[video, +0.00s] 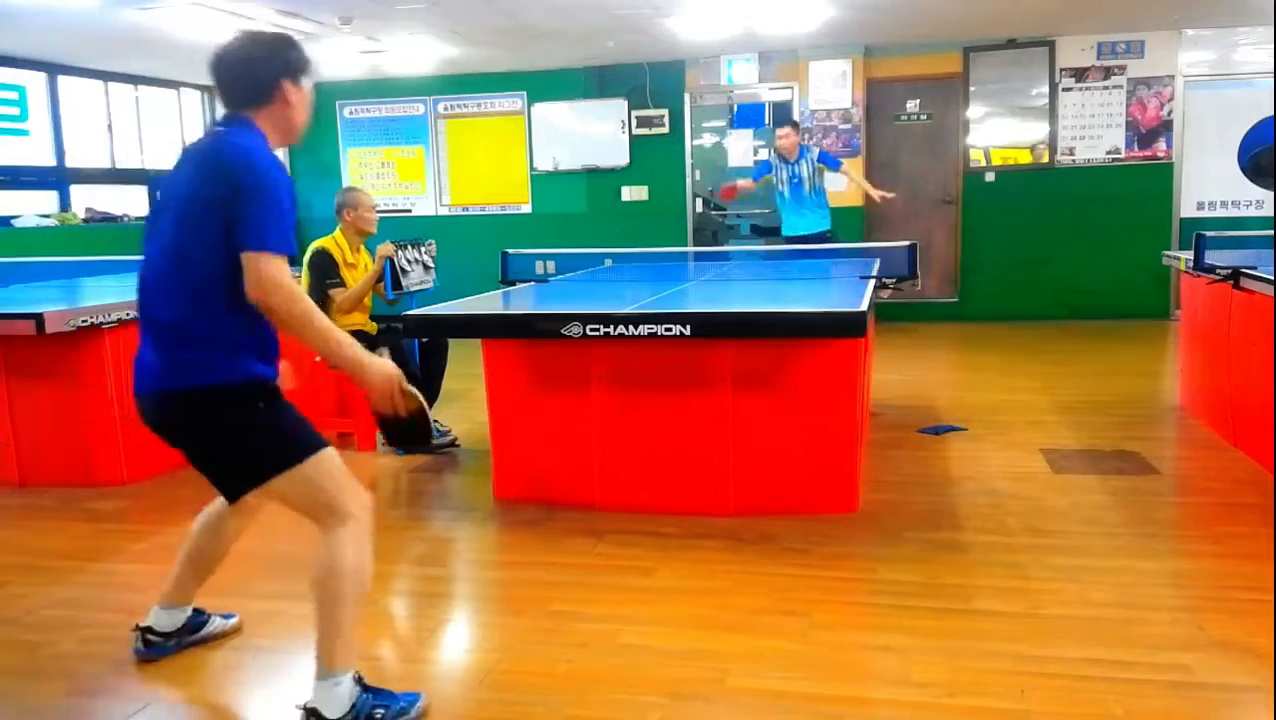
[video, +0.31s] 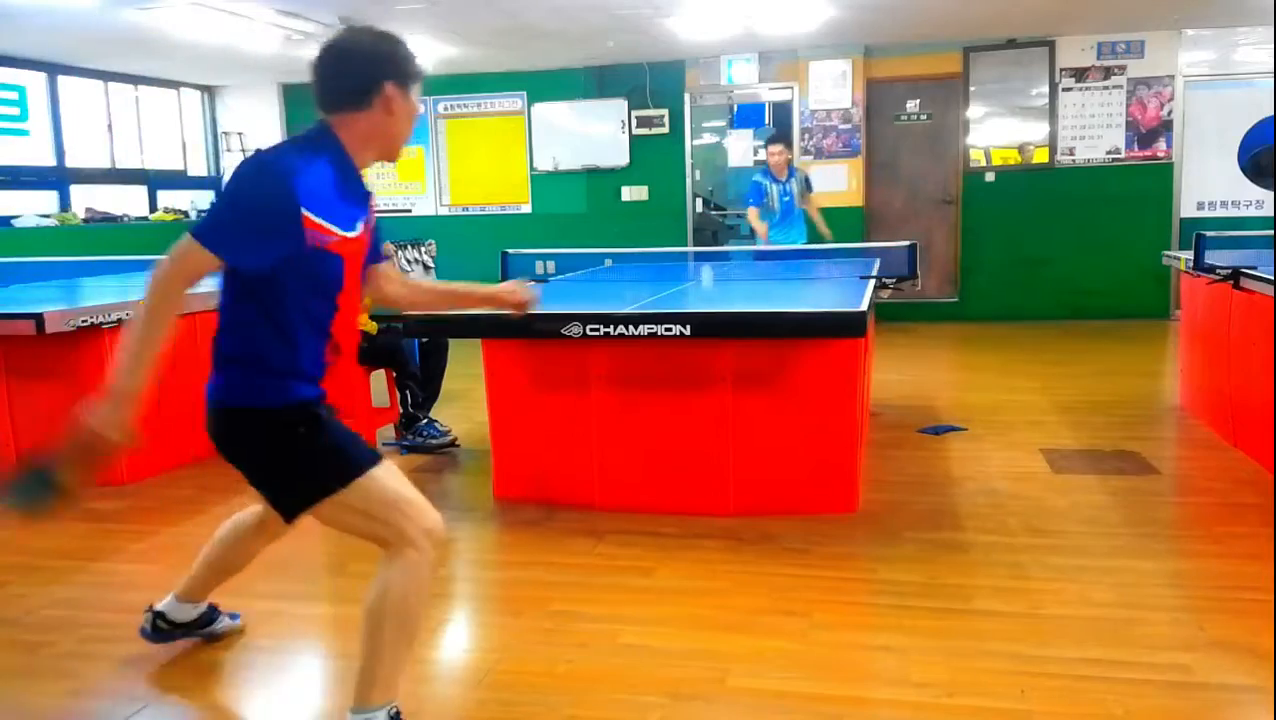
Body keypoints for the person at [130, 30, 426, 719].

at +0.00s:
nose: (310, 102)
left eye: (307, 88)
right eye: (307, 88)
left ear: (240, 93)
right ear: (285, 91)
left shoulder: (198, 159)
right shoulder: (258, 167)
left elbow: (186, 277)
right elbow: (269, 285)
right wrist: (363, 365)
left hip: (169, 384)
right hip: (219, 386)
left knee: (251, 491)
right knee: (350, 507)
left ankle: (167, 618)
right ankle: (336, 689)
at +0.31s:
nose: (417, 117)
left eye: (416, 102)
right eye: (413, 100)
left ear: (362, 101)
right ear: (381, 99)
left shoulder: (350, 189)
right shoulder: (277, 175)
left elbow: (383, 287)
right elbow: (174, 273)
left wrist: (492, 295)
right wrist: (121, 399)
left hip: (295, 402)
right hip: (261, 409)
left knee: (286, 505)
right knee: (419, 534)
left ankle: (180, 609)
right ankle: (374, 712)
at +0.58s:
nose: (448, 10)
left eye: (444, 9)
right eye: (443, 5)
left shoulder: (296, 56)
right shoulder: (409, 25)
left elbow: (274, 203)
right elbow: (521, 83)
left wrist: (350, 185)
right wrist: (620, 85)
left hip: (308, 292)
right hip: (391, 295)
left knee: (341, 411)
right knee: (423, 517)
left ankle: (309, 542)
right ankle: (383, 699)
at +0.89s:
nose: (435, 15)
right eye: (434, 8)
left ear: (356, 19)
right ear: (427, 8)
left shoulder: (333, 106)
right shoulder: (489, 64)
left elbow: (314, 266)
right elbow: (551, 162)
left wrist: (360, 331)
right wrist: (470, 188)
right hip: (533, 328)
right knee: (627, 483)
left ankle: (390, 711)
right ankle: (721, 632)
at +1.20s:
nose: (527, 27)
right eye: (527, 20)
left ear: (450, 27)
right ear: (523, 24)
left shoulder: (411, 111)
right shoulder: (577, 103)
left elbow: (382, 236)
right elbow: (629, 232)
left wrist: (394, 329)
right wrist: (623, 296)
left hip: (462, 359)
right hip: (568, 352)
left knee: (403, 511)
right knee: (637, 501)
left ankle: (358, 679)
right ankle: (699, 652)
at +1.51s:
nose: (549, 45)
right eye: (548, 36)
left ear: (469, 43)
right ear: (541, 42)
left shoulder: (431, 123)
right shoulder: (586, 102)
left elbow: (385, 242)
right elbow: (660, 196)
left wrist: (406, 303)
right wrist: (629, 259)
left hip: (471, 362)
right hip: (574, 356)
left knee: (409, 509)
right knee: (640, 503)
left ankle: (345, 661)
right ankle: (669, 664)